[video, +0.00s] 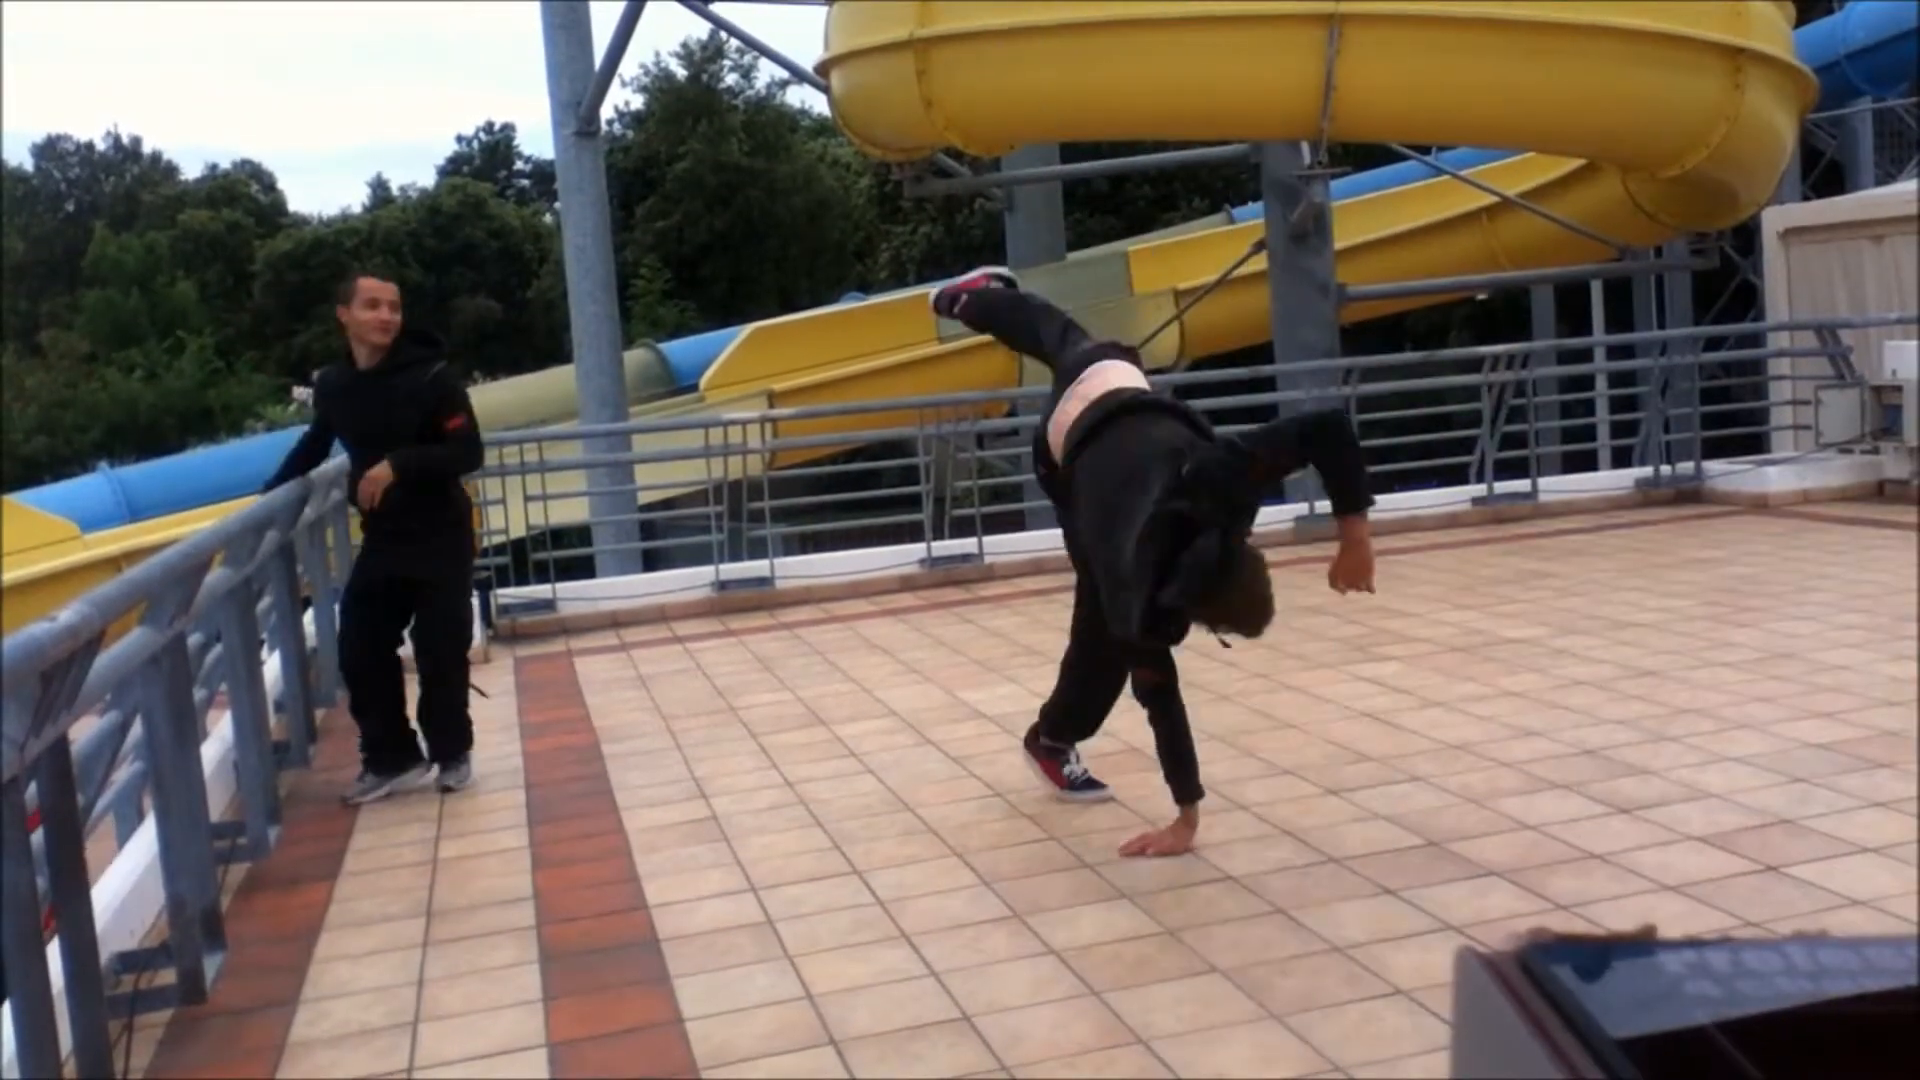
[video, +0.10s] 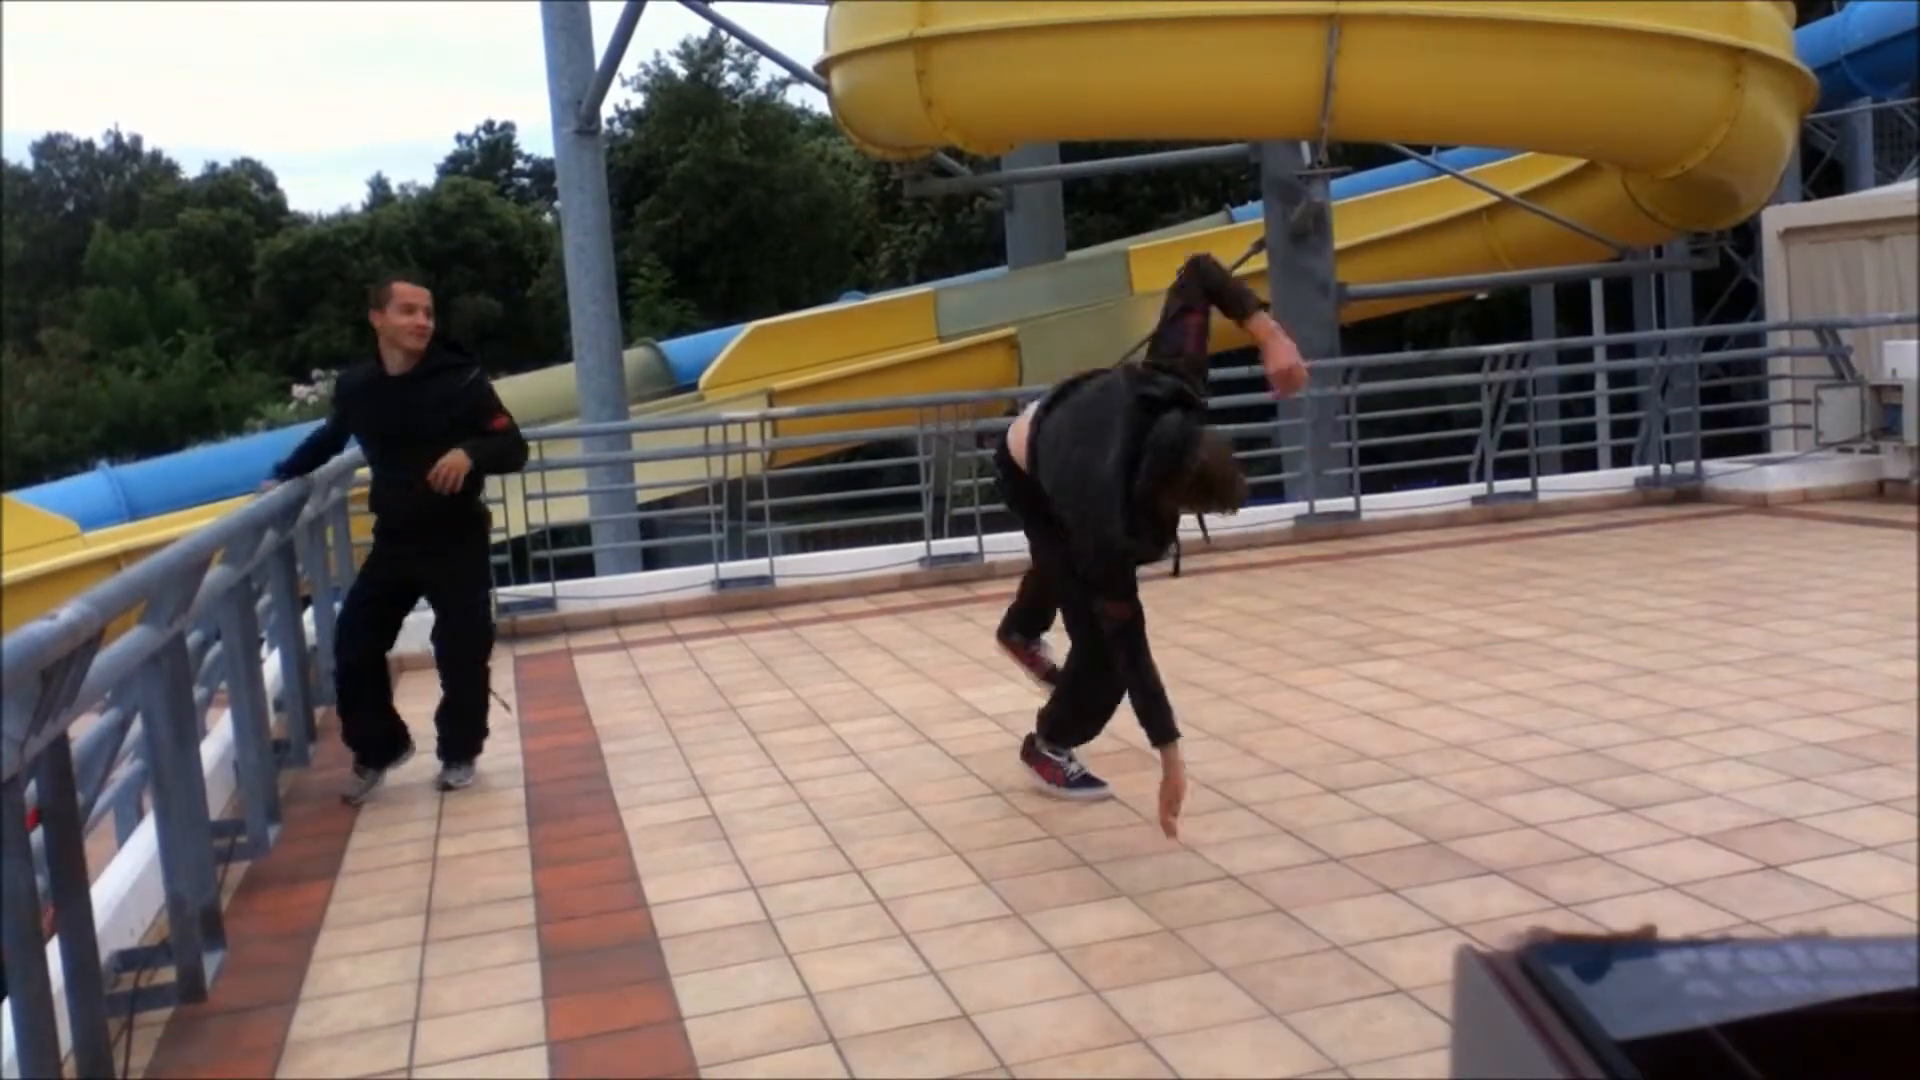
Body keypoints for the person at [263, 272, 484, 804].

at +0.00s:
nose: (385, 316)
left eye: (393, 308)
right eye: (372, 306)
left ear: (402, 317)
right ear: (344, 316)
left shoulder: (430, 375)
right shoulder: (335, 385)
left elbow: (468, 451)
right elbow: (315, 444)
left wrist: (396, 465)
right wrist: (272, 496)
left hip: (442, 530)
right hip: (383, 532)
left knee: (441, 646)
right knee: (360, 644)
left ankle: (452, 753)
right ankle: (392, 756)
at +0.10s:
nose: (422, 321)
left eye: (427, 312)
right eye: (409, 311)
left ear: (434, 320)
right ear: (378, 319)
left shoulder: (459, 379)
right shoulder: (358, 388)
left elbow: (514, 447)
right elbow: (329, 439)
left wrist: (470, 454)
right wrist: (281, 477)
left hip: (458, 535)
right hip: (396, 538)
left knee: (462, 646)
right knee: (355, 640)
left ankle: (459, 753)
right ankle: (378, 746)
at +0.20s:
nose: (451, 307)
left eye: (455, 297)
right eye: (438, 297)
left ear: (461, 306)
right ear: (406, 305)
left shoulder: (484, 368)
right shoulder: (376, 373)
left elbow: (532, 436)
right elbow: (341, 426)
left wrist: (511, 442)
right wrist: (302, 460)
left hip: (474, 530)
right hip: (407, 532)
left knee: (472, 644)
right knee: (392, 640)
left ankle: (463, 744)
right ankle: (422, 752)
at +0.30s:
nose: (477, 302)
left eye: (481, 292)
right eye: (464, 293)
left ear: (485, 299)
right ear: (429, 300)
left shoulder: (503, 358)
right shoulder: (394, 365)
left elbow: (558, 428)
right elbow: (348, 418)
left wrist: (542, 428)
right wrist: (303, 461)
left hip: (490, 523)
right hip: (429, 527)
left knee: (483, 641)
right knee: (448, 644)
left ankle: (463, 753)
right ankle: (470, 762)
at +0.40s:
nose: (499, 328)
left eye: (502, 318)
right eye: (485, 319)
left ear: (507, 323)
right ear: (451, 327)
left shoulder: (525, 379)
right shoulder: (420, 385)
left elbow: (571, 418)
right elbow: (367, 429)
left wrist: (590, 429)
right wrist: (312, 470)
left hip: (505, 538)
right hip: (445, 540)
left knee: (492, 646)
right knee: (490, 646)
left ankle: (453, 747)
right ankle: (517, 771)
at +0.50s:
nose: (522, 339)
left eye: (526, 329)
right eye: (508, 331)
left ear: (531, 333)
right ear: (473, 340)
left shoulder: (550, 392)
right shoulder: (443, 397)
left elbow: (599, 430)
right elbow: (388, 442)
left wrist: (638, 445)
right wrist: (328, 480)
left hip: (528, 550)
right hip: (469, 551)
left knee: (502, 655)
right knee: (511, 654)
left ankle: (456, 746)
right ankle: (538, 775)